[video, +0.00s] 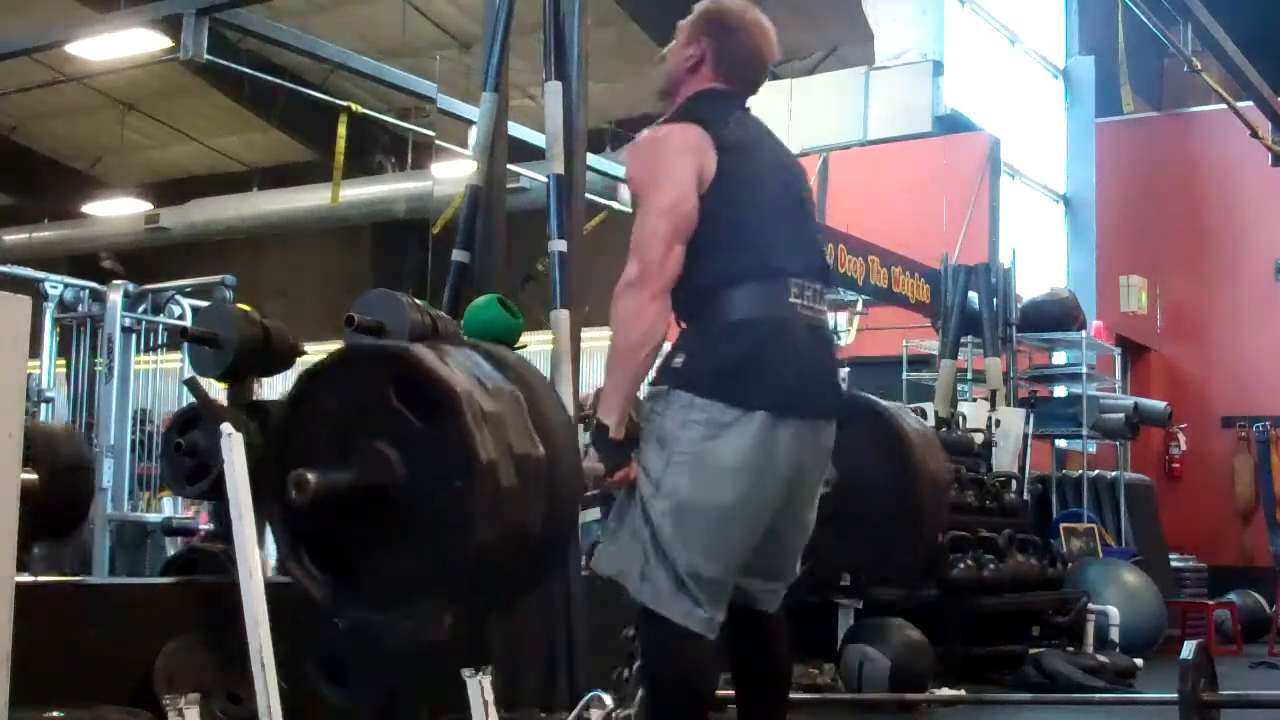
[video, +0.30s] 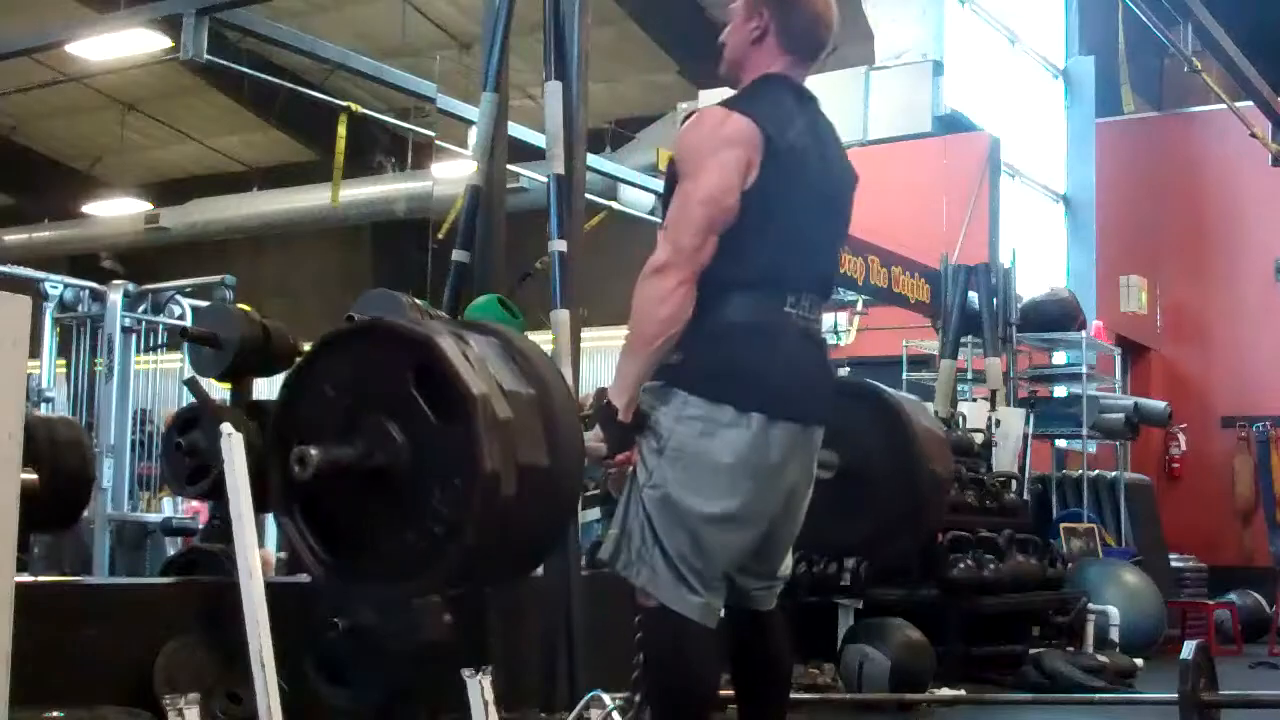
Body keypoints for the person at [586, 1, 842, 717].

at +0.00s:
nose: (662, 54)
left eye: (674, 41)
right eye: (671, 40)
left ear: (697, 53)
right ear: (741, 71)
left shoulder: (675, 138)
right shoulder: (774, 154)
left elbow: (649, 277)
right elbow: (758, 292)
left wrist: (614, 411)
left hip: (731, 376)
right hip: (813, 383)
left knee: (676, 602)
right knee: (758, 600)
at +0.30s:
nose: (724, 27)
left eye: (735, 15)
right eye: (730, 16)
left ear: (760, 27)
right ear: (805, 45)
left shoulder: (726, 124)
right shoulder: (827, 146)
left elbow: (673, 270)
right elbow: (796, 290)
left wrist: (620, 397)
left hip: (716, 389)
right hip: (799, 397)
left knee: (676, 601)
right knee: (757, 597)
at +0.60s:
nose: (739, 53)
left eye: (745, 34)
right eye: (742, 36)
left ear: (778, 30)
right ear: (829, 41)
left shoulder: (764, 124)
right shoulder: (857, 145)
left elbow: (696, 269)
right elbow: (809, 295)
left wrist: (629, 395)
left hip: (723, 382)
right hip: (799, 387)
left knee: (680, 602)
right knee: (759, 601)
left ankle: (682, 719)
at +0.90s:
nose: (743, 55)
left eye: (750, 35)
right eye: (745, 38)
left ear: (784, 31)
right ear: (833, 43)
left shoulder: (768, 125)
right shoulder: (860, 145)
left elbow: (701, 269)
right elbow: (817, 298)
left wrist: (629, 397)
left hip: (726, 377)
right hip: (803, 384)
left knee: (681, 600)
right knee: (761, 600)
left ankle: (679, 719)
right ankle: (768, 719)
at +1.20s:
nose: (644, 80)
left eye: (650, 64)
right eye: (648, 64)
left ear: (674, 68)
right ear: (731, 78)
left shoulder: (679, 141)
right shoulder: (771, 154)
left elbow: (651, 286)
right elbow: (782, 288)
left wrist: (617, 435)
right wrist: (705, 339)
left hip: (751, 376)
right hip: (822, 377)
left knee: (670, 609)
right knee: (767, 617)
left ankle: (675, 718)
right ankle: (763, 719)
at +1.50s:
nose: (578, 190)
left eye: (584, 175)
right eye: (580, 175)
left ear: (612, 175)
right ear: (664, 181)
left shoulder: (623, 241)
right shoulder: (704, 228)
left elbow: (617, 390)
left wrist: (599, 546)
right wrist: (699, 397)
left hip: (779, 391)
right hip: (862, 387)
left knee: (675, 618)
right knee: (779, 624)